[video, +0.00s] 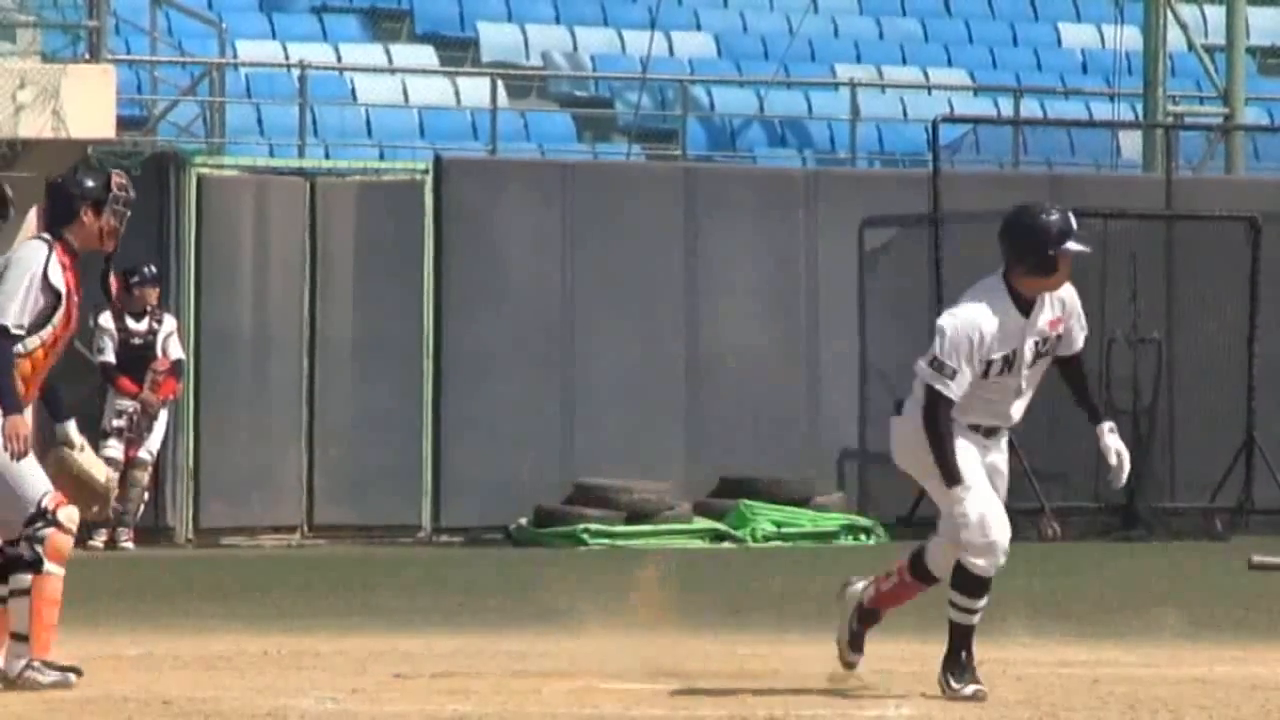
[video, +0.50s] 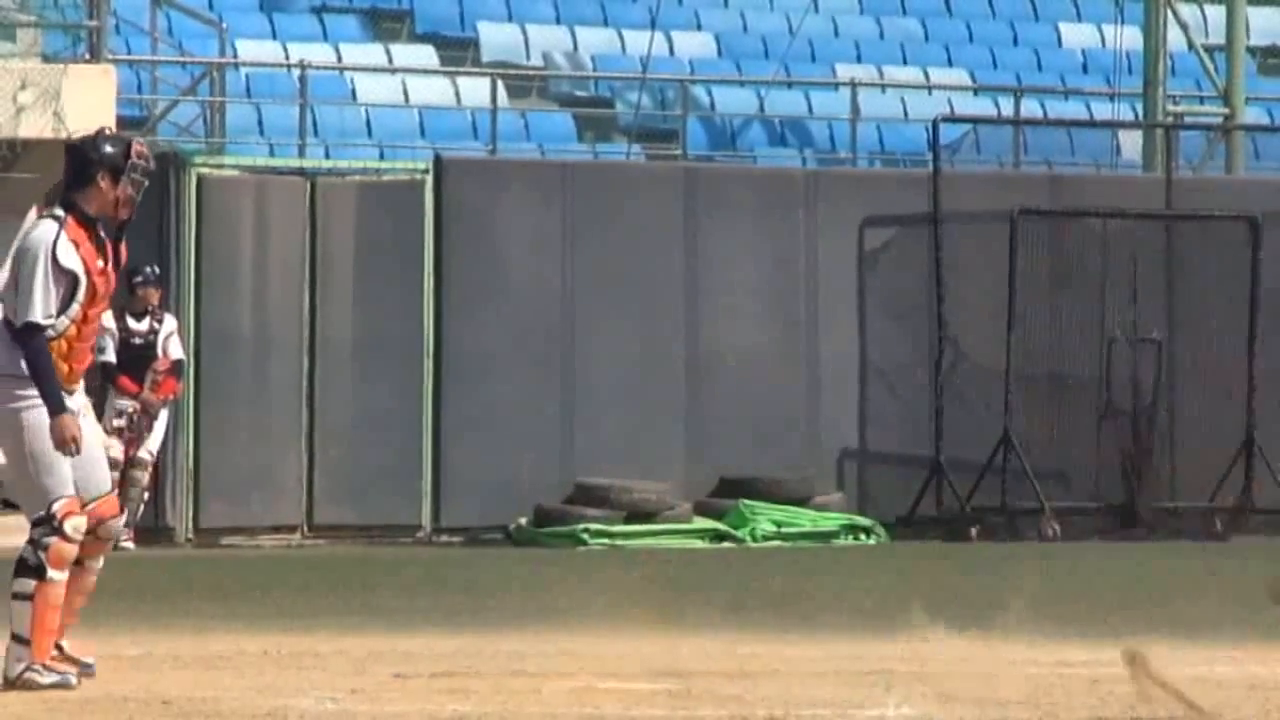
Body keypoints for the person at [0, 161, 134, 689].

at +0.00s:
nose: (112, 224)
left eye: (112, 214)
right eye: (106, 213)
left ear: (82, 215)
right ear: (82, 214)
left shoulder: (62, 265)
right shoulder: (36, 256)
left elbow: (32, 353)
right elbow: (3, 335)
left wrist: (55, 418)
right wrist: (13, 406)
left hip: (16, 418)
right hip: (3, 419)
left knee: (20, 535)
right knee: (55, 516)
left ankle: (17, 651)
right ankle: (35, 656)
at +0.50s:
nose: (130, 194)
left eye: (131, 184)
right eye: (124, 183)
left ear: (104, 183)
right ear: (98, 182)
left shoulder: (94, 240)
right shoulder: (47, 239)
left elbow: (83, 331)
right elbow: (29, 330)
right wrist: (58, 409)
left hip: (68, 391)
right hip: (26, 392)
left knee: (101, 517)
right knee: (59, 520)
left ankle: (54, 638)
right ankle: (25, 655)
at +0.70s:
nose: (152, 190)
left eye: (154, 180)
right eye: (147, 179)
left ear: (127, 180)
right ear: (120, 177)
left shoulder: (119, 237)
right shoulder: (69, 233)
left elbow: (97, 328)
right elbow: (58, 327)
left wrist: (118, 386)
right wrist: (87, 404)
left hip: (85, 387)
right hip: (44, 386)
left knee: (127, 509)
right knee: (59, 521)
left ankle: (134, 648)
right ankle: (26, 660)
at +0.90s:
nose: (183, 186)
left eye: (182, 175)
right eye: (175, 175)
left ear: (154, 179)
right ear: (147, 177)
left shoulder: (152, 237)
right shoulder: (98, 230)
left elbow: (145, 320)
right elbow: (93, 322)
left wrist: (157, 378)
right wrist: (118, 401)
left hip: (123, 394)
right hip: (75, 392)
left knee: (147, 524)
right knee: (64, 528)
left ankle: (156, 659)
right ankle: (27, 661)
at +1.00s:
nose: (198, 184)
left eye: (198, 173)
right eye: (193, 173)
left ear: (166, 175)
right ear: (168, 174)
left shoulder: (160, 233)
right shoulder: (117, 227)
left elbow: (153, 311)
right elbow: (110, 317)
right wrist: (134, 397)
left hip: (144, 391)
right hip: (96, 388)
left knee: (160, 526)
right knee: (88, 527)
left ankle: (159, 660)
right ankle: (32, 657)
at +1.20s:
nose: (228, 181)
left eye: (229, 170)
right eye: (224, 169)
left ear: (197, 170)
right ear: (198, 169)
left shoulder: (187, 228)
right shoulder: (145, 219)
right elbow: (138, 310)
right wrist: (172, 383)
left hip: (169, 380)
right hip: (128, 378)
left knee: (176, 523)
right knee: (142, 520)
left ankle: (161, 659)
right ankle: (65, 635)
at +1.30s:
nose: (241, 179)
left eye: (241, 168)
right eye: (234, 167)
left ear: (209, 170)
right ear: (208, 167)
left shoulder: (203, 229)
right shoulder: (157, 216)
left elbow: (188, 330)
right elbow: (149, 309)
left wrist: (207, 424)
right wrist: (188, 379)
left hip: (178, 381)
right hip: (139, 377)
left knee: (180, 522)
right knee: (164, 517)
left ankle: (164, 659)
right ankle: (104, 640)